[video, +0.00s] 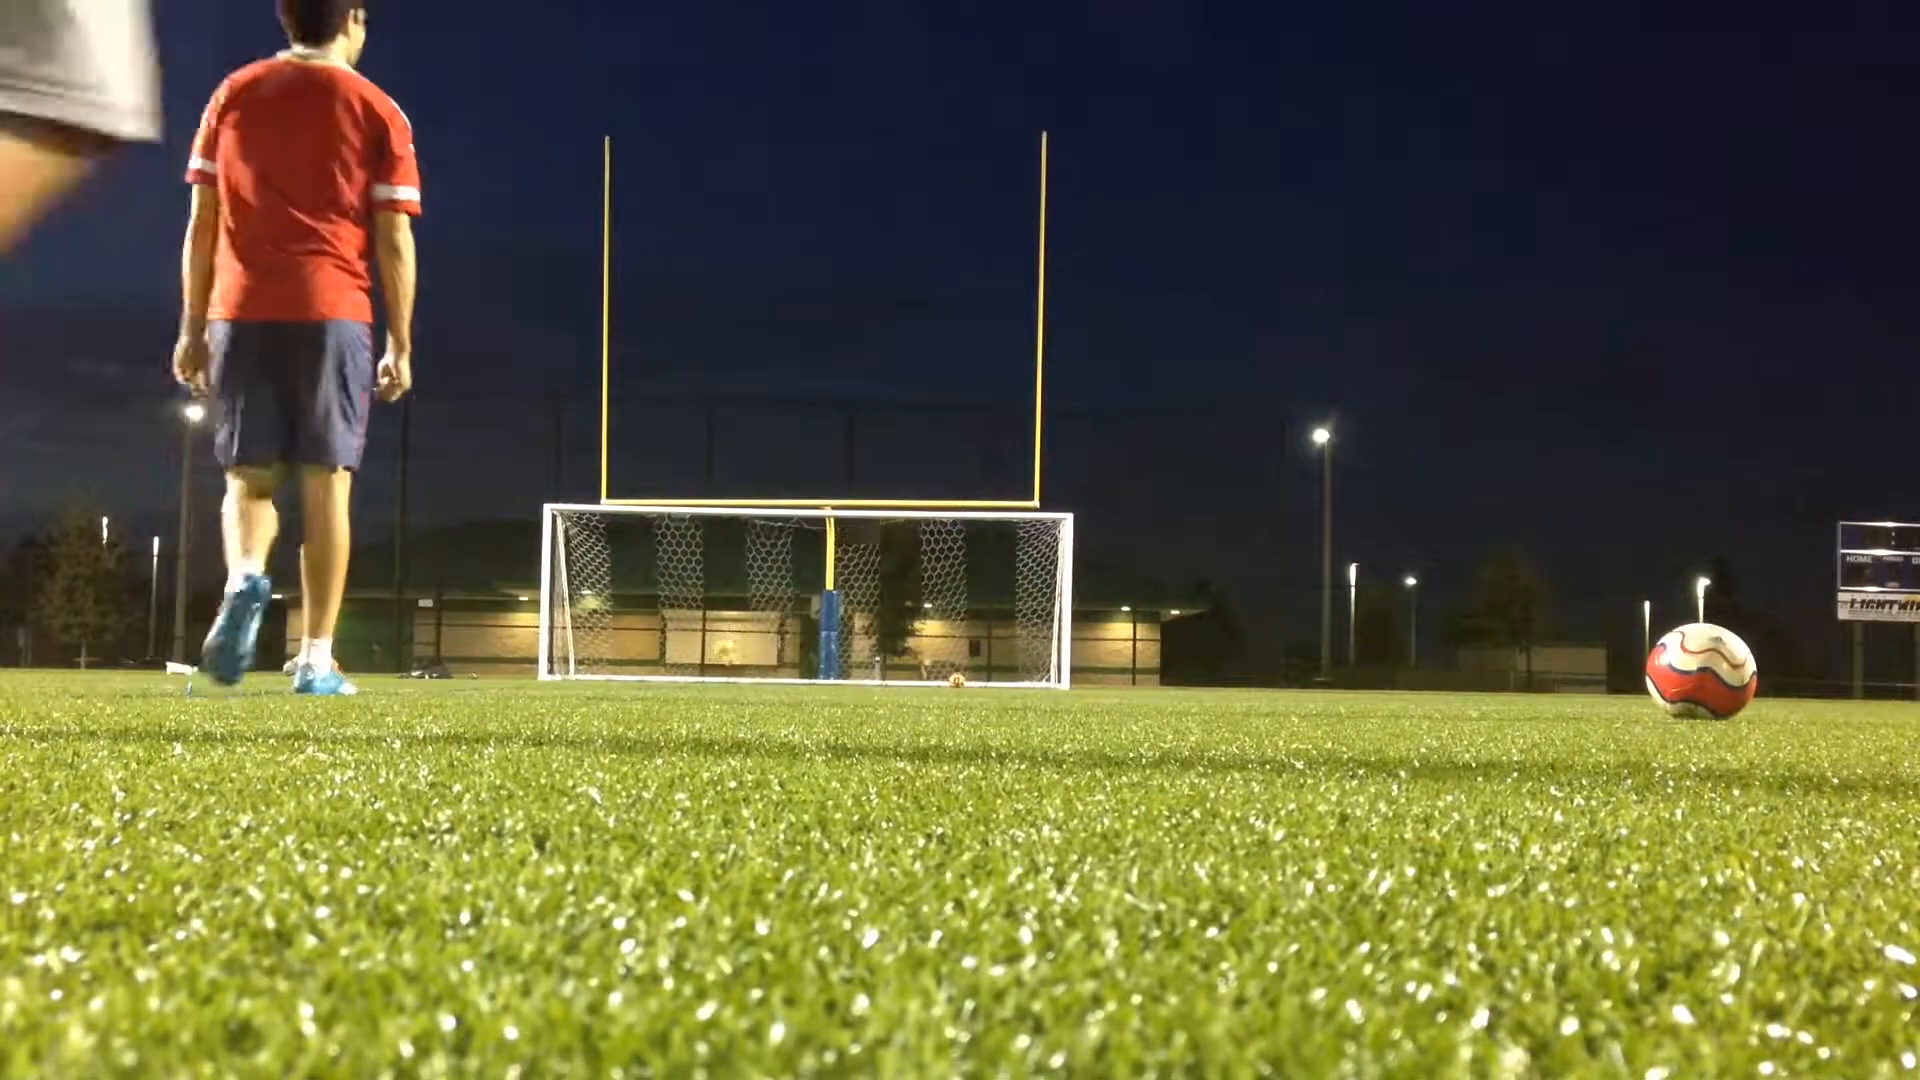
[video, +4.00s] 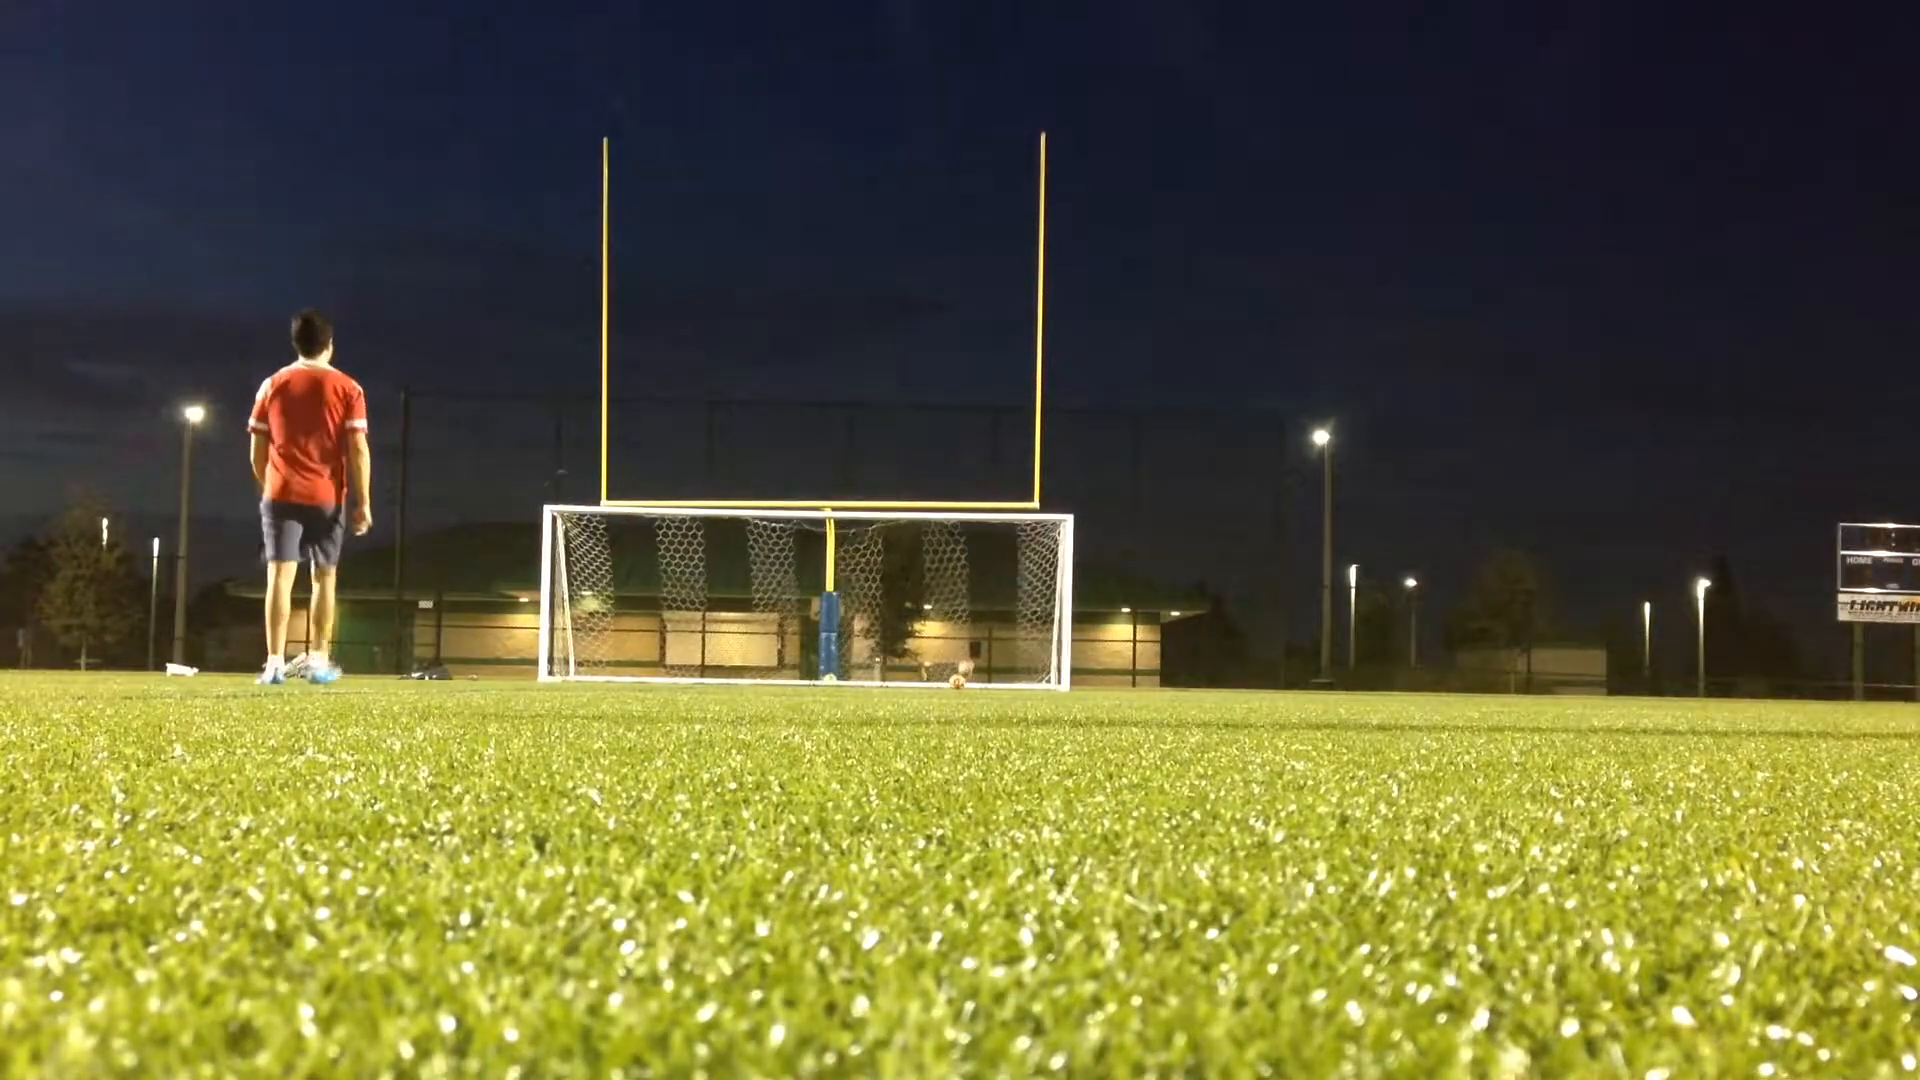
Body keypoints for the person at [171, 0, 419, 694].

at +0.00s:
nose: (364, 34)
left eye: (360, 23)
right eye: (363, 23)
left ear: (287, 22)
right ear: (351, 23)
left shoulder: (233, 92)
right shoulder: (378, 109)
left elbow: (203, 221)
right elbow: (393, 237)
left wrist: (192, 325)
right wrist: (400, 339)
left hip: (242, 316)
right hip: (334, 319)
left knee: (248, 477)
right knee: (326, 483)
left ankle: (245, 579)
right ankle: (315, 661)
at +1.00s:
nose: (305, 150)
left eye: (307, 142)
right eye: (311, 142)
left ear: (313, 148)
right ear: (367, 153)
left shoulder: (274, 210)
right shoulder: (393, 228)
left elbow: (245, 312)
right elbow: (401, 331)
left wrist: (262, 375)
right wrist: (402, 416)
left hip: (279, 387)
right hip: (354, 396)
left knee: (280, 519)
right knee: (349, 534)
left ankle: (278, 638)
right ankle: (347, 664)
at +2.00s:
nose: (308, 236)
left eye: (308, 230)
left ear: (309, 234)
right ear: (356, 237)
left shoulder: (281, 286)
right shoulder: (383, 298)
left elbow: (255, 372)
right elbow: (390, 382)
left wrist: (266, 426)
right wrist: (388, 452)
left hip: (293, 431)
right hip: (351, 438)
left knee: (304, 545)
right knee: (339, 555)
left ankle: (311, 654)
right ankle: (330, 658)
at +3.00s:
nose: (289, 296)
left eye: (288, 291)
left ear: (290, 294)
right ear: (328, 295)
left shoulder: (267, 340)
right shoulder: (354, 346)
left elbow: (247, 415)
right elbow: (370, 417)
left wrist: (258, 459)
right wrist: (375, 477)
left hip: (278, 461)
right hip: (331, 466)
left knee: (285, 564)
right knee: (325, 571)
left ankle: (290, 661)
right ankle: (322, 659)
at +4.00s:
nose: (329, 347)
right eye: (329, 341)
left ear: (294, 344)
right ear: (329, 344)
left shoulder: (272, 384)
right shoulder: (348, 388)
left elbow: (257, 453)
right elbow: (358, 449)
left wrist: (270, 487)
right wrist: (362, 502)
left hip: (280, 492)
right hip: (326, 495)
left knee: (279, 575)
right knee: (324, 578)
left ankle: (274, 663)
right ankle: (318, 661)